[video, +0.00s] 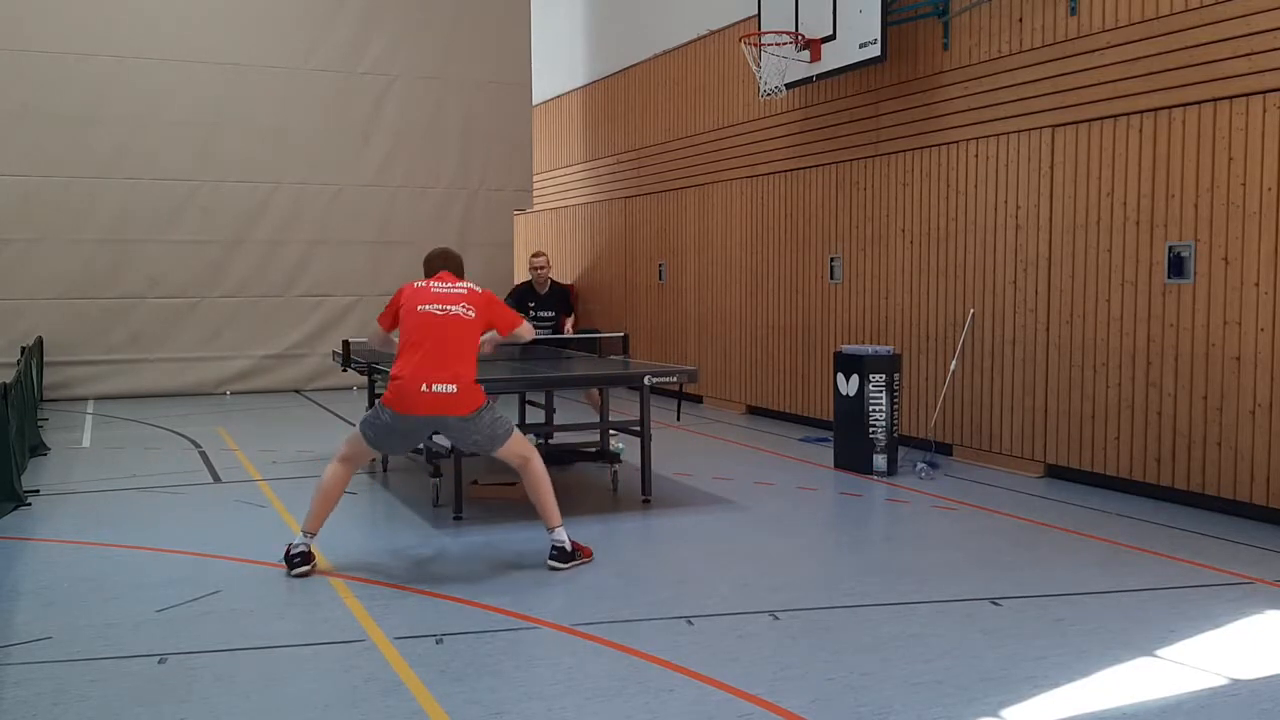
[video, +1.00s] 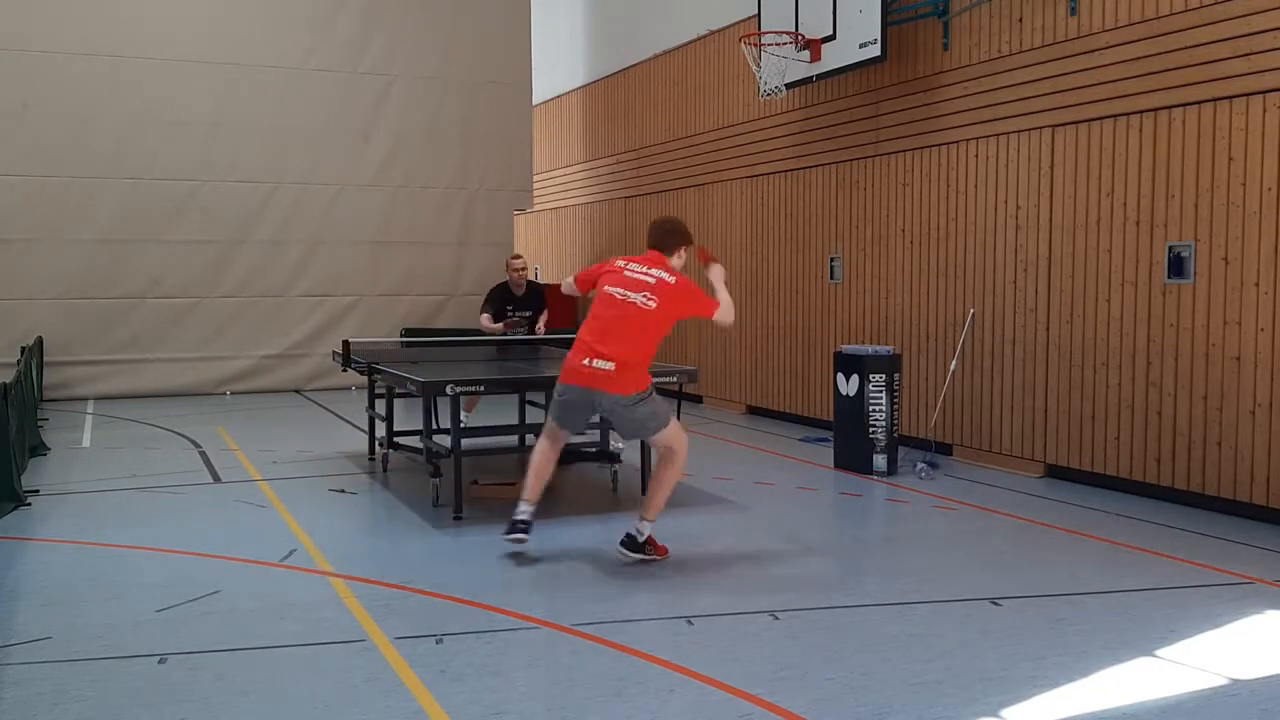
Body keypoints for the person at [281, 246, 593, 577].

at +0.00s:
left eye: (431, 277)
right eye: (457, 274)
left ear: (425, 275)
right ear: (462, 274)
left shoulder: (409, 291)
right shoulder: (481, 295)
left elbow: (379, 336)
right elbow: (525, 333)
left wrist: (406, 347)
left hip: (405, 403)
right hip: (463, 402)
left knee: (346, 460)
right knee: (526, 457)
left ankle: (302, 545)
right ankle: (561, 542)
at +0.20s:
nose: (469, 250)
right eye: (472, 245)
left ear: (437, 248)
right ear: (473, 248)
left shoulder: (415, 278)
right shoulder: (492, 282)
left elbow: (360, 320)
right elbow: (546, 315)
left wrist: (365, 342)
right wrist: (569, 292)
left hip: (419, 395)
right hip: (479, 396)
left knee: (355, 452)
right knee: (534, 458)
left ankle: (332, 548)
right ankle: (569, 538)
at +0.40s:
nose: (512, 249)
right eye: (514, 243)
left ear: (477, 242)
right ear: (513, 246)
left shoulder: (448, 272)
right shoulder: (523, 282)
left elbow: (410, 317)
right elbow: (552, 339)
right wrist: (586, 352)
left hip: (446, 394)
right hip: (505, 393)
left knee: (386, 464)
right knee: (564, 445)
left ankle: (338, 547)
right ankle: (585, 527)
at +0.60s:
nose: (582, 282)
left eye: (580, 276)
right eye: (583, 276)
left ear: (546, 268)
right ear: (578, 276)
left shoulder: (516, 292)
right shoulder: (560, 307)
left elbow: (523, 344)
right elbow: (544, 367)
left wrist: (571, 363)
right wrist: (580, 424)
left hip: (474, 409)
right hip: (525, 413)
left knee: (437, 478)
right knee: (603, 450)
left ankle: (385, 548)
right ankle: (629, 541)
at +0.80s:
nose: (651, 296)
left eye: (652, 289)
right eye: (652, 289)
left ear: (618, 279)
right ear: (643, 286)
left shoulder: (584, 303)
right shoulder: (614, 316)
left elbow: (567, 351)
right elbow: (599, 379)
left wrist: (611, 361)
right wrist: (642, 417)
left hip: (527, 412)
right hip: (573, 418)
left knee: (469, 487)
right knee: (659, 448)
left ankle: (392, 546)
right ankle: (635, 542)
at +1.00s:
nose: (686, 258)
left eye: (685, 253)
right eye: (686, 253)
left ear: (650, 246)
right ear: (680, 253)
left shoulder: (614, 265)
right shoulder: (679, 286)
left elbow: (569, 287)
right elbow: (727, 316)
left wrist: (600, 282)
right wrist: (717, 281)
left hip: (576, 374)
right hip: (626, 385)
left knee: (551, 438)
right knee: (675, 446)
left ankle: (521, 517)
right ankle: (640, 534)